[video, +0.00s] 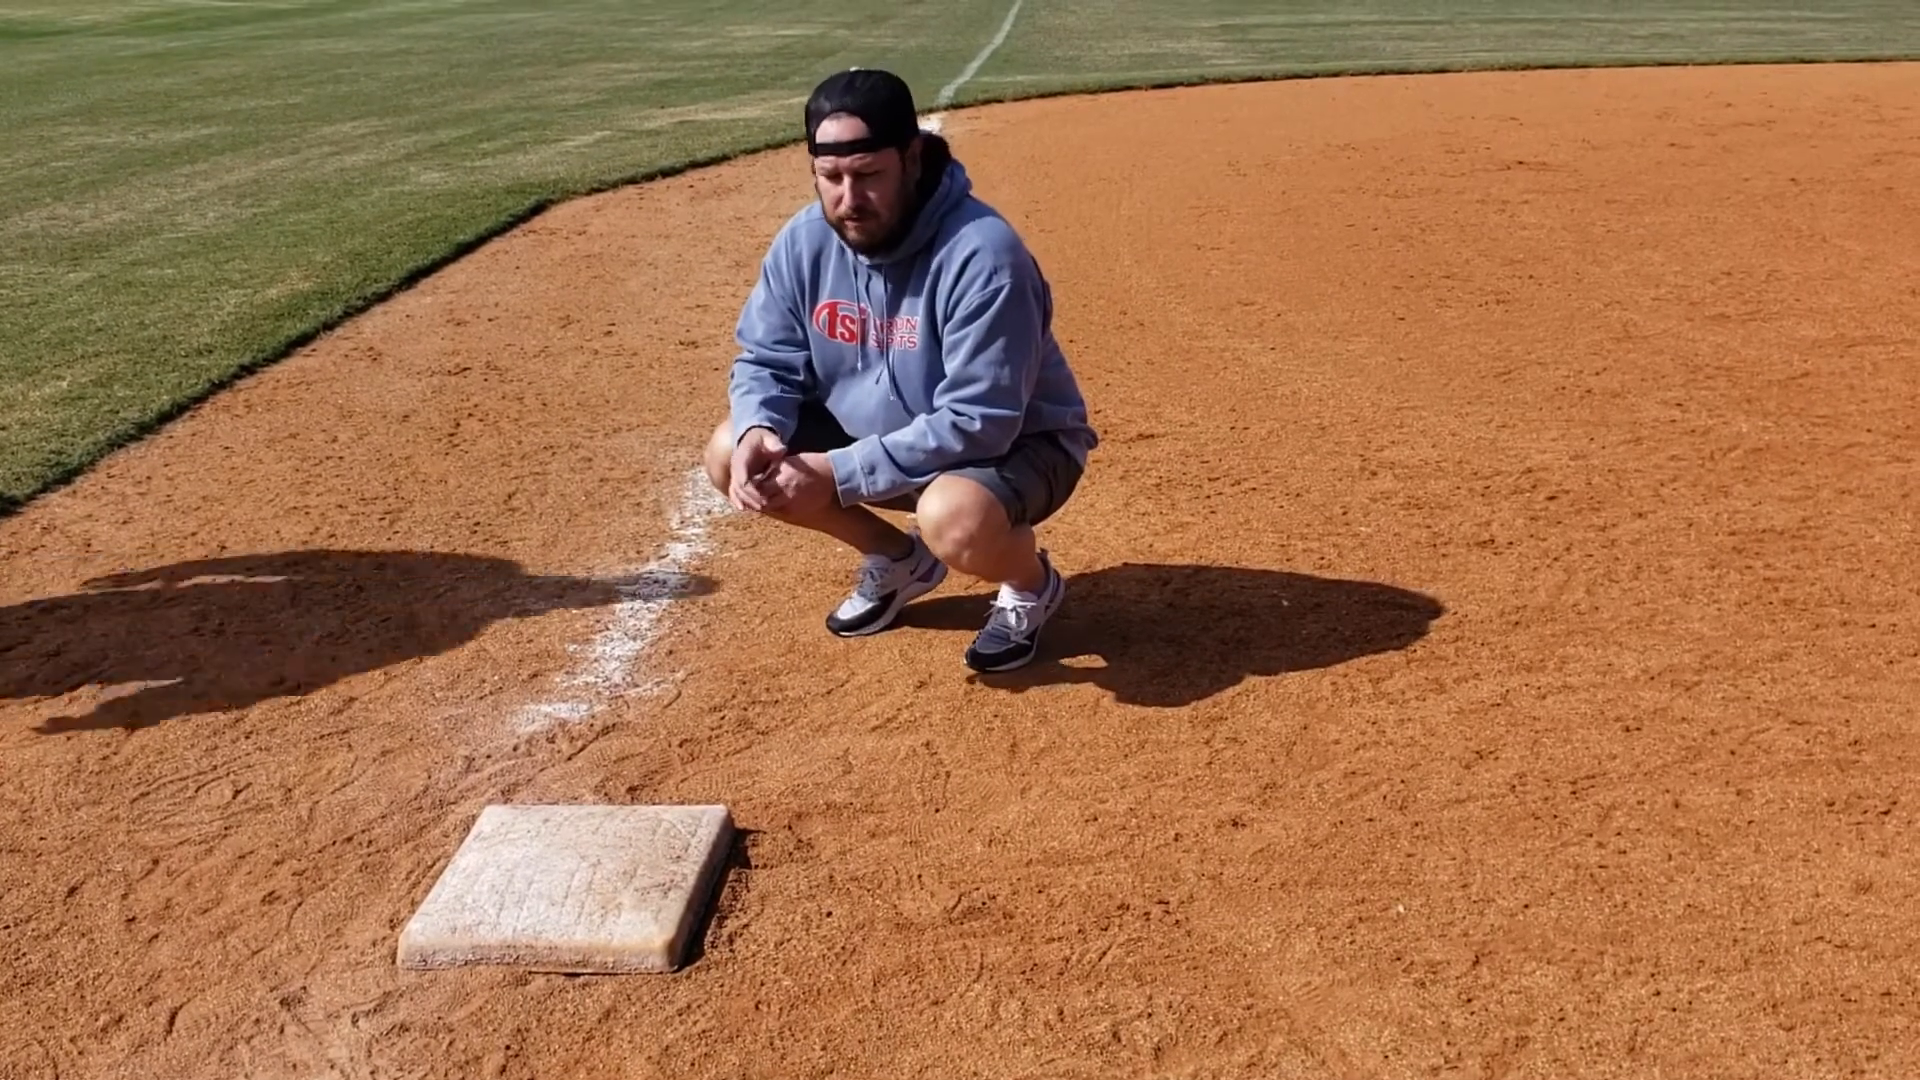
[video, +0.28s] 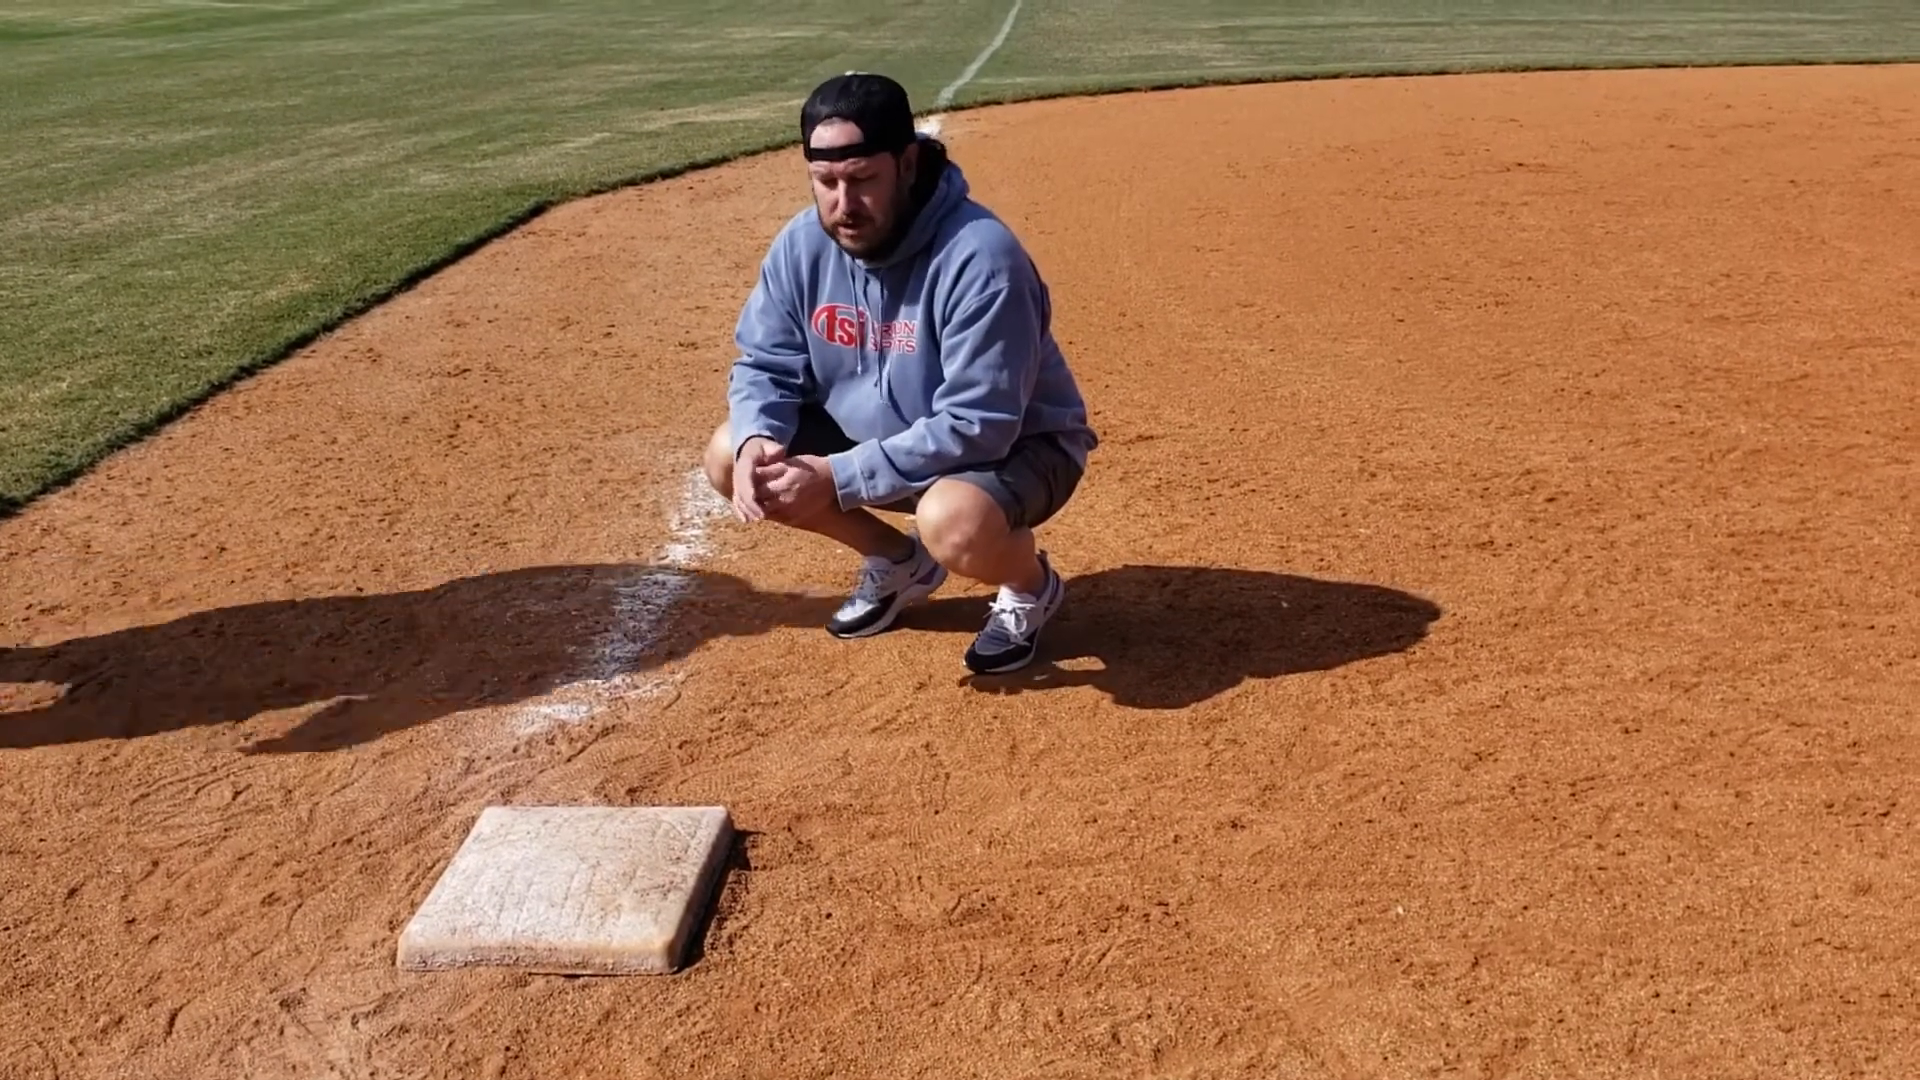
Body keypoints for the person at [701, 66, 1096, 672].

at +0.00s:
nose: (848, 198)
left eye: (868, 175)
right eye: (831, 176)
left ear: (913, 157)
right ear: (814, 171)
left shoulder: (983, 259)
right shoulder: (803, 244)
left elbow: (978, 424)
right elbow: (766, 359)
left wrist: (838, 475)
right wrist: (758, 429)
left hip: (1021, 442)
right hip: (886, 434)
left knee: (953, 518)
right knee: (733, 454)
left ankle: (1033, 587)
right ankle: (897, 557)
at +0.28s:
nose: (843, 204)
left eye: (863, 179)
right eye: (826, 181)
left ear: (908, 163)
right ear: (809, 176)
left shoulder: (981, 261)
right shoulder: (801, 247)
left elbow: (977, 427)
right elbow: (766, 363)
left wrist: (837, 479)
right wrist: (758, 440)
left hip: (1020, 444)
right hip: (885, 436)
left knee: (952, 522)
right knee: (733, 455)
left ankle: (1032, 588)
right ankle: (897, 560)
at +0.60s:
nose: (858, 201)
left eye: (875, 174)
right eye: (836, 179)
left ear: (914, 162)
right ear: (814, 182)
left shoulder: (982, 263)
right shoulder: (801, 250)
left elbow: (977, 429)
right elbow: (764, 368)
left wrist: (840, 480)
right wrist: (762, 446)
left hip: (1023, 445)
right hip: (891, 439)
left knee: (951, 524)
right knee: (732, 459)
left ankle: (1033, 590)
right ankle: (899, 561)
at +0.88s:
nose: (861, 199)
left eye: (878, 172)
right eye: (839, 177)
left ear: (916, 162)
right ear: (816, 182)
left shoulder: (983, 264)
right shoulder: (802, 250)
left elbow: (980, 429)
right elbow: (767, 367)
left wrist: (838, 482)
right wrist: (767, 443)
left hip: (1023, 446)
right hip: (889, 440)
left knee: (954, 526)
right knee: (734, 463)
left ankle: (1034, 589)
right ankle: (900, 562)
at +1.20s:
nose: (863, 198)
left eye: (880, 172)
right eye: (840, 177)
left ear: (918, 163)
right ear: (818, 181)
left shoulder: (984, 264)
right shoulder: (804, 250)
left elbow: (978, 430)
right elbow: (766, 367)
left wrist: (841, 479)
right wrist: (762, 443)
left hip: (1022, 448)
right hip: (885, 441)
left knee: (953, 523)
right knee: (734, 461)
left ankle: (1034, 589)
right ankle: (899, 563)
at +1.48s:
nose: (863, 200)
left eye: (880, 173)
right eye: (841, 178)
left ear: (918, 164)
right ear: (818, 182)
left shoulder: (985, 265)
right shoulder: (804, 250)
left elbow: (980, 429)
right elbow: (766, 367)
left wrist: (843, 481)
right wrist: (762, 441)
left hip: (1021, 449)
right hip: (884, 442)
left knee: (953, 525)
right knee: (735, 463)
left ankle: (1032, 591)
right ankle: (899, 563)